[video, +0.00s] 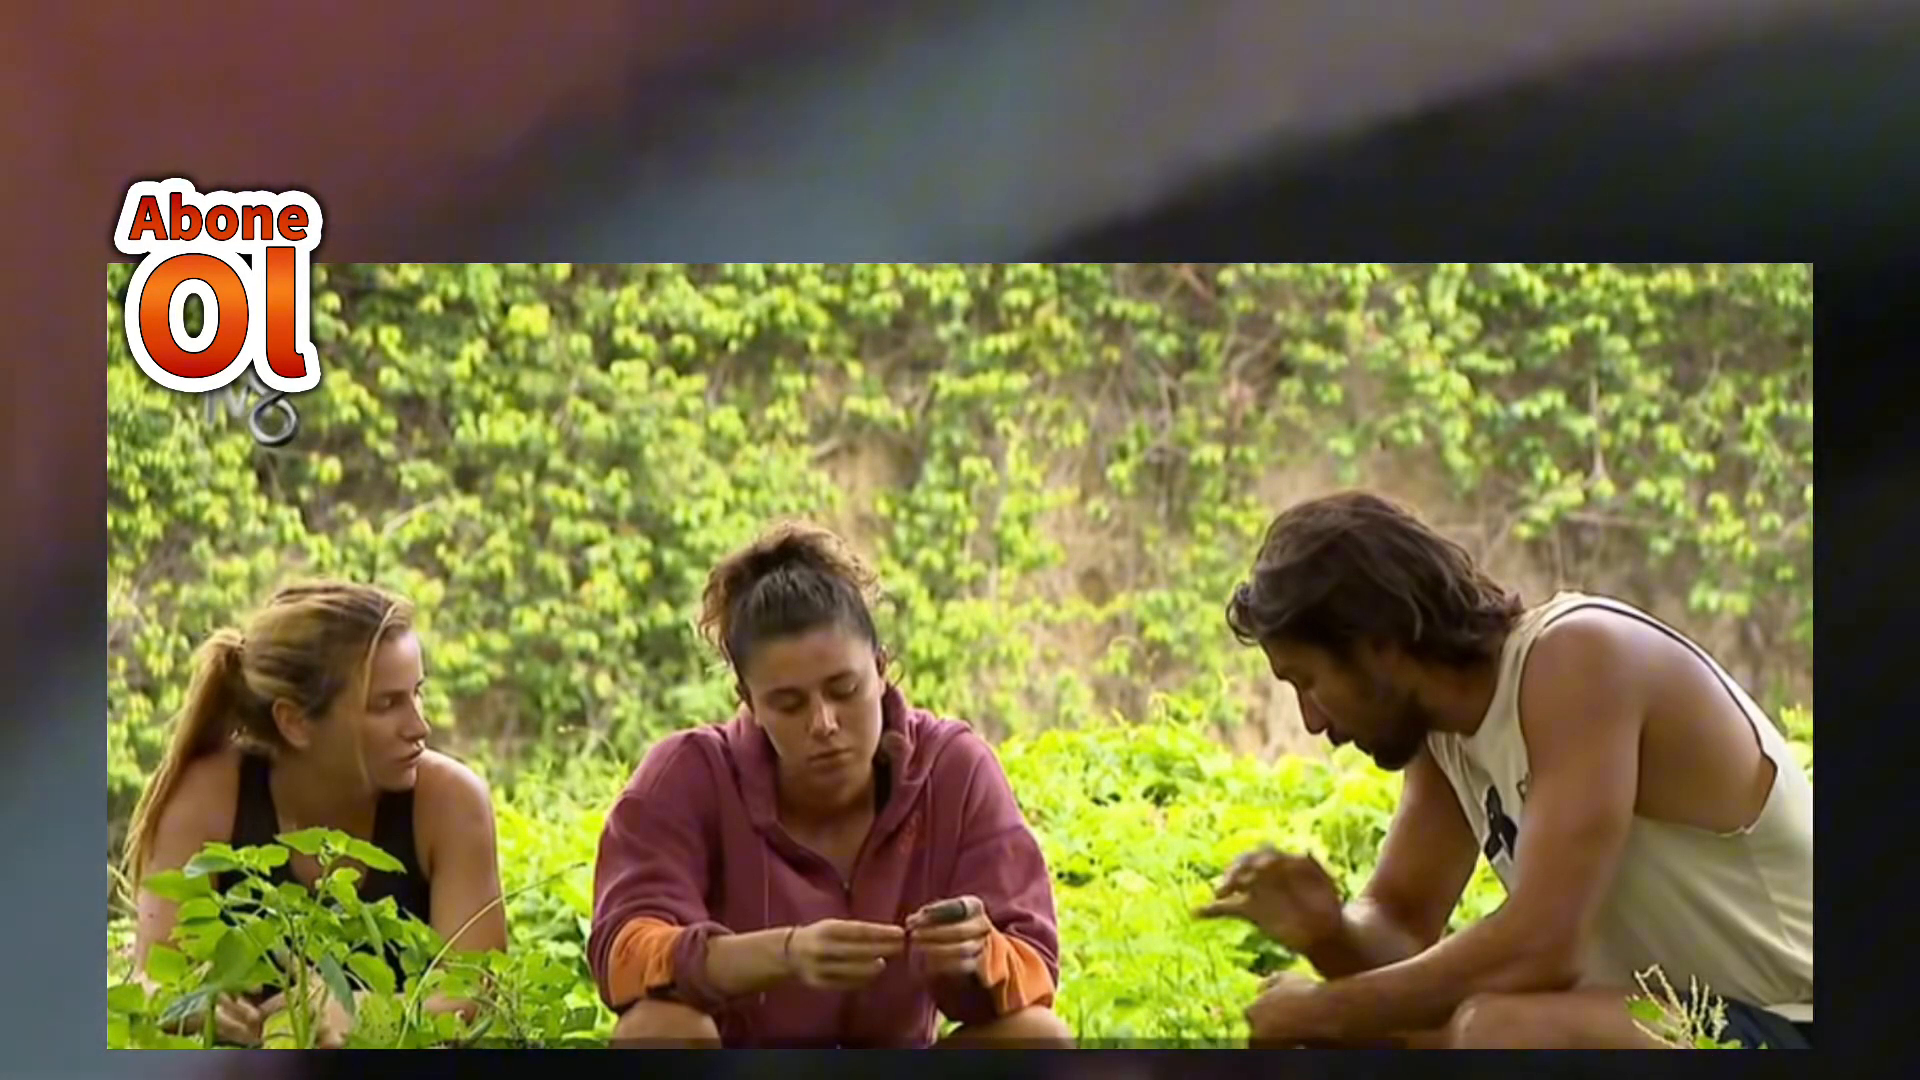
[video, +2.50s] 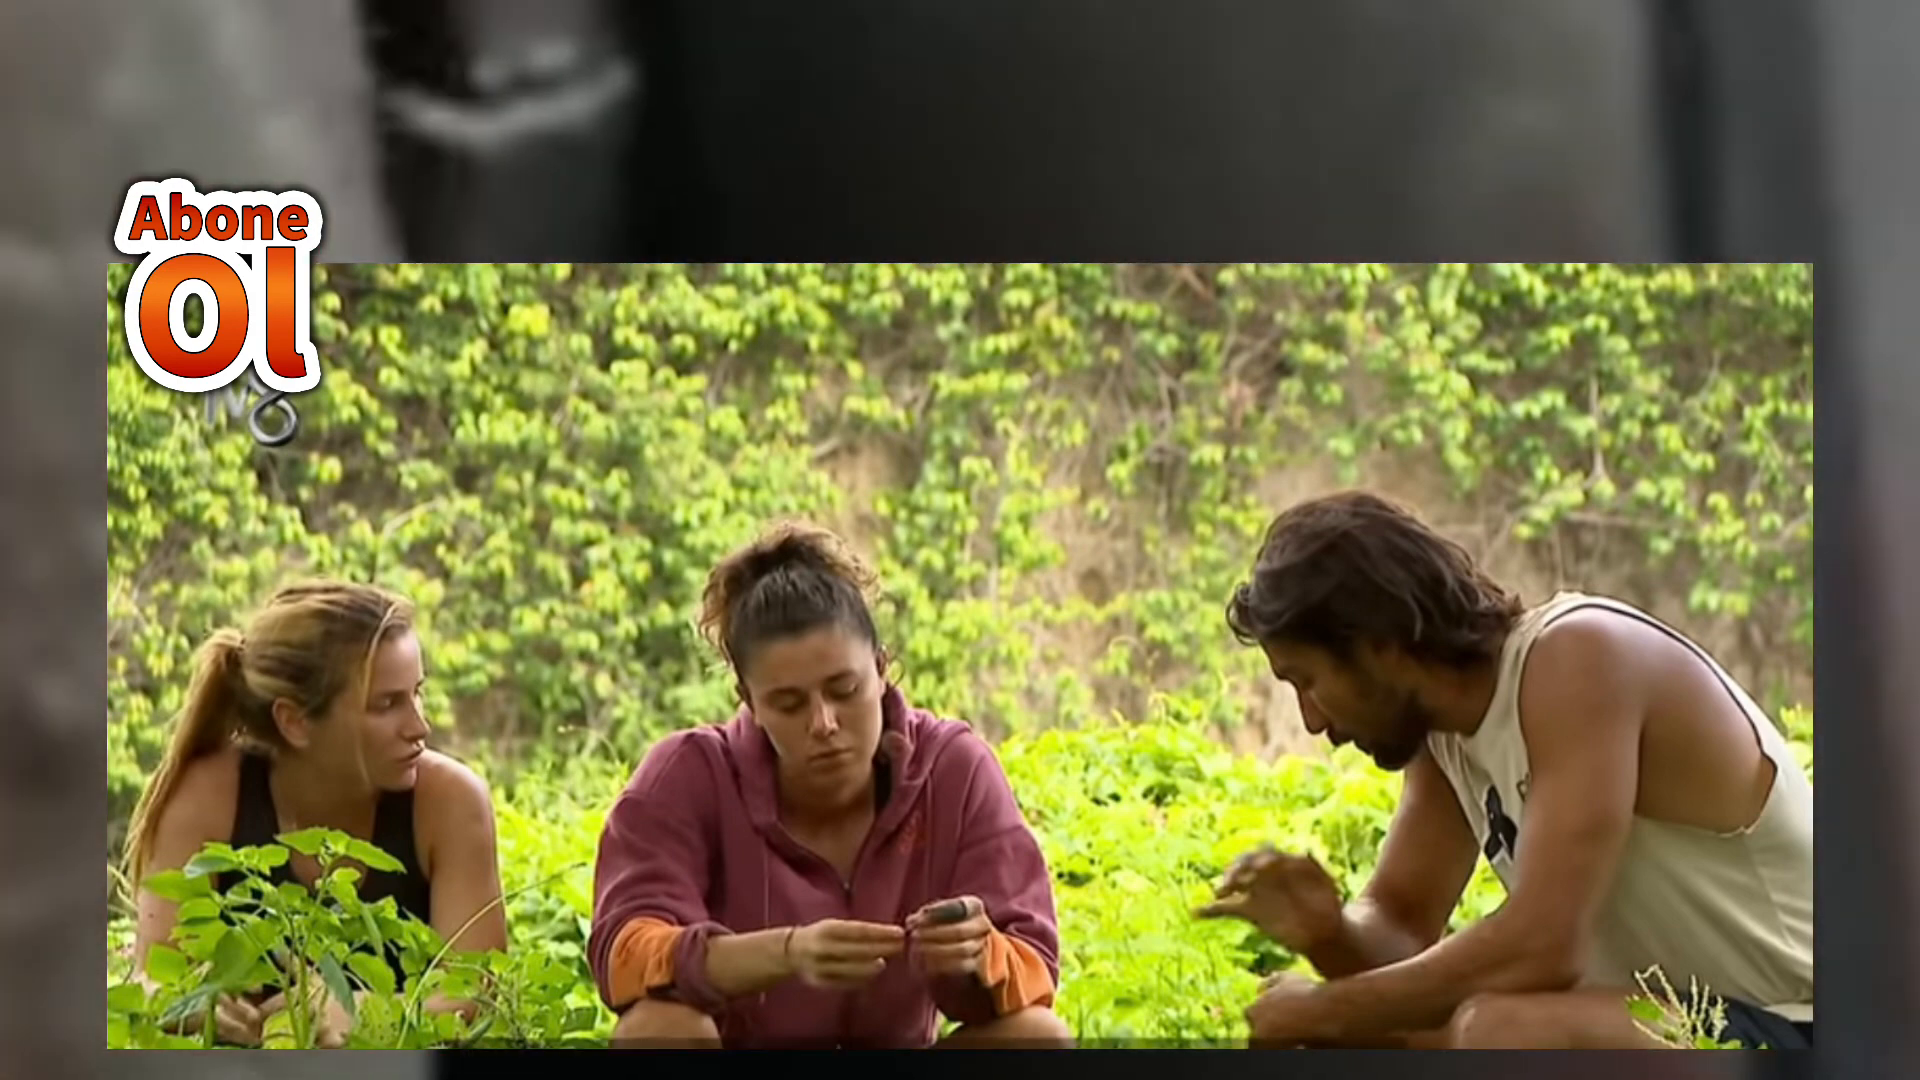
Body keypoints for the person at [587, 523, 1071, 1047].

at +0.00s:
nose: (824, 725)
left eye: (844, 690)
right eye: (789, 703)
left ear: (881, 670)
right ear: (747, 700)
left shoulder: (955, 766)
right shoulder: (687, 773)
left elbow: (1030, 971)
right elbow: (629, 957)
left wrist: (977, 953)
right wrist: (785, 953)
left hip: (897, 1053)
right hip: (739, 1056)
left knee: (1036, 1035)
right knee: (659, 1026)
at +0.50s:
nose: (824, 725)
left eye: (844, 690)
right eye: (789, 703)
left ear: (880, 669)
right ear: (747, 699)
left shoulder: (956, 766)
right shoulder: (687, 773)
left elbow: (1031, 968)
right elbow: (629, 956)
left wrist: (978, 952)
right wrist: (786, 952)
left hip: (897, 1056)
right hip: (739, 1058)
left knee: (1038, 1035)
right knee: (659, 1026)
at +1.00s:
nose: (824, 725)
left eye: (844, 690)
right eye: (789, 703)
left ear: (880, 669)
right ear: (747, 699)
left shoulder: (955, 766)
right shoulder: (687, 773)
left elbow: (1031, 969)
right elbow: (629, 957)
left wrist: (978, 952)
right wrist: (787, 952)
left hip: (896, 1061)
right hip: (737, 1062)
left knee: (1038, 1037)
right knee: (659, 1027)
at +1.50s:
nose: (824, 725)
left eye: (844, 690)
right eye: (789, 703)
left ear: (881, 670)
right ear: (747, 699)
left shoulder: (955, 766)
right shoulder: (687, 773)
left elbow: (1031, 969)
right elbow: (629, 957)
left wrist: (977, 953)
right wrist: (787, 951)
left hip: (898, 1059)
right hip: (739, 1061)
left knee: (1037, 1036)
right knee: (659, 1027)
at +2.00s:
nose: (824, 725)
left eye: (844, 690)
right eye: (789, 703)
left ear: (881, 670)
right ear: (747, 698)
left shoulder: (955, 766)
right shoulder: (687, 773)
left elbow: (1030, 970)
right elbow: (629, 957)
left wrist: (977, 954)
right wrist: (786, 952)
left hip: (898, 1062)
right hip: (739, 1063)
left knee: (1037, 1037)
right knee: (658, 1026)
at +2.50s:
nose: (824, 725)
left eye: (844, 690)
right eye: (789, 703)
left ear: (881, 670)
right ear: (747, 699)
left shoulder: (955, 766)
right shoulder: (687, 773)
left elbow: (1031, 969)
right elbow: (629, 957)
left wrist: (977, 954)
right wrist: (787, 951)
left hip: (899, 1043)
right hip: (739, 1045)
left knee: (1037, 1034)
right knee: (658, 1025)